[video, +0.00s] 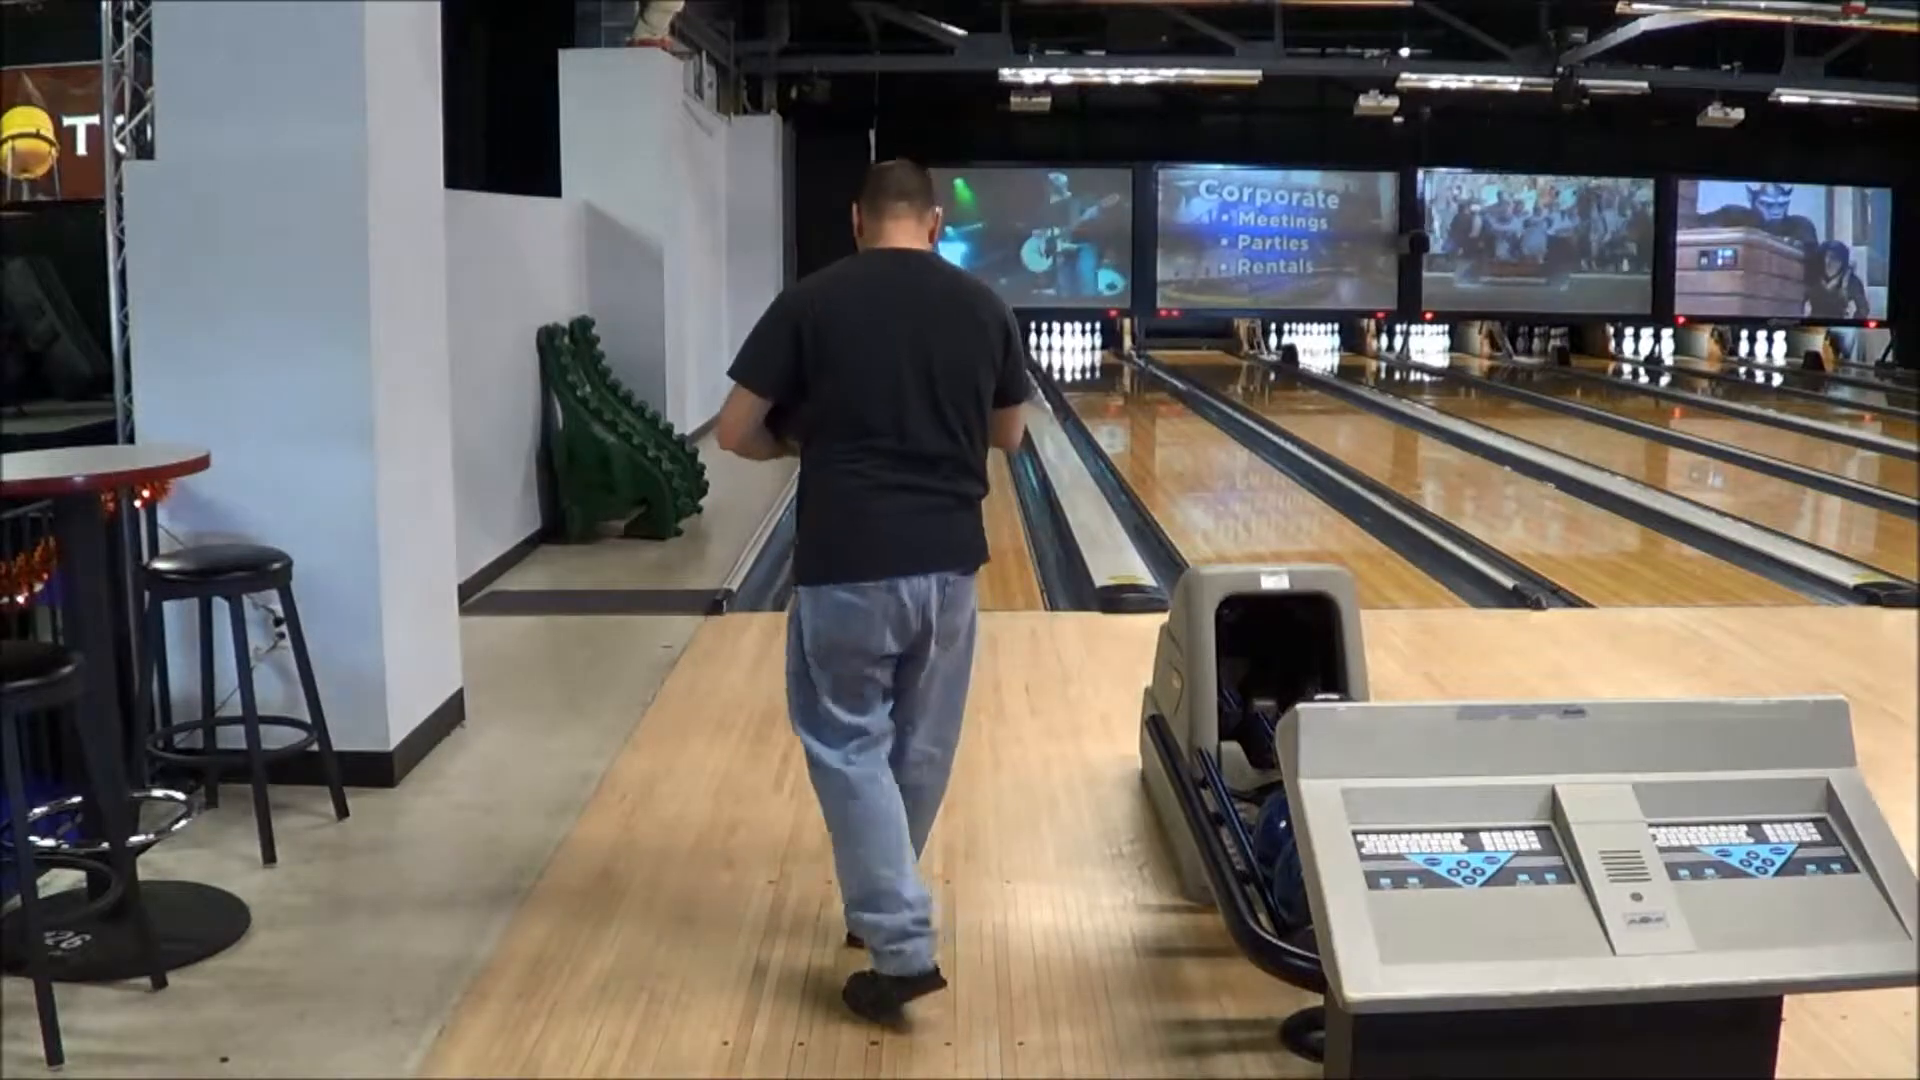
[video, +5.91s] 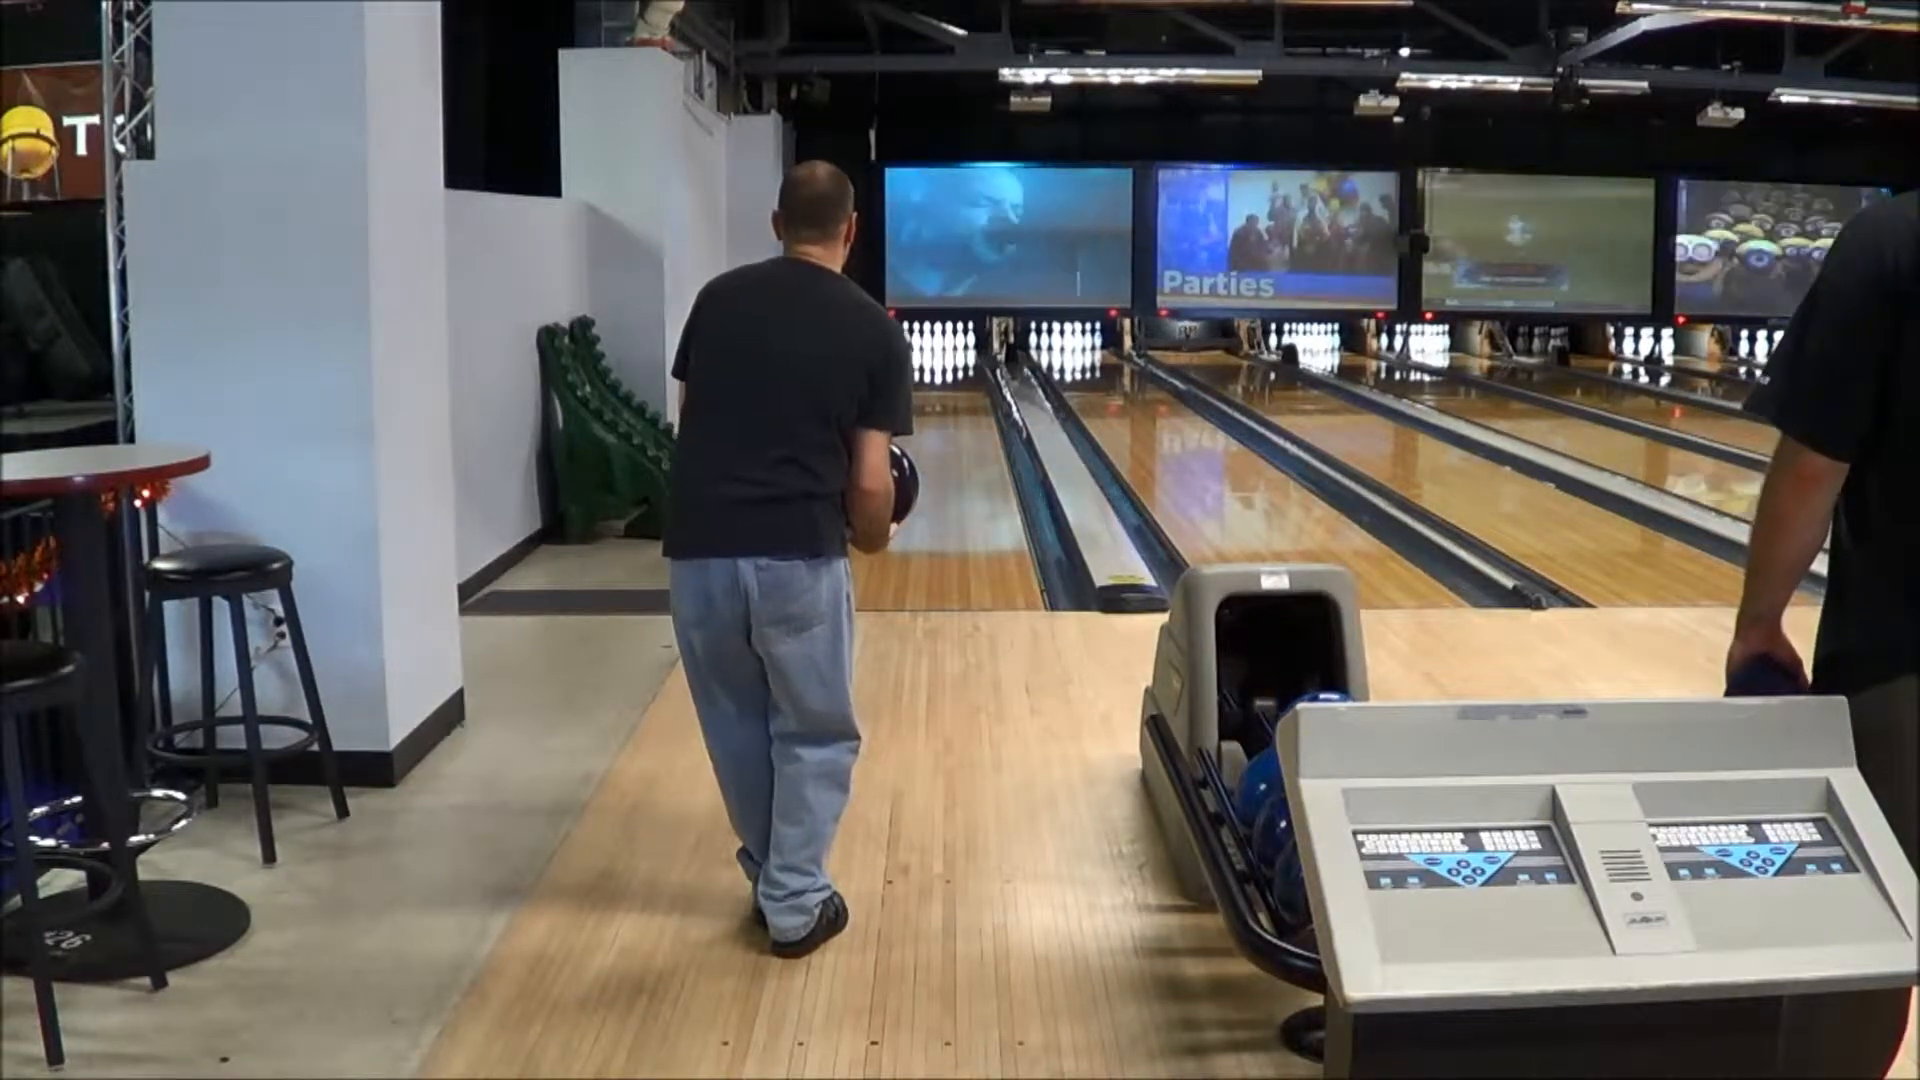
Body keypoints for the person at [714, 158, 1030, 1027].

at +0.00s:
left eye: (865, 219)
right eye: (922, 218)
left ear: (856, 220)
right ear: (936, 223)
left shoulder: (810, 299)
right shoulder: (982, 305)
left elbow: (739, 432)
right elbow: (1010, 430)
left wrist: (808, 434)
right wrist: (941, 424)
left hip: (846, 565)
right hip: (950, 562)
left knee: (848, 745)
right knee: (924, 746)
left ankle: (904, 951)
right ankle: (883, 901)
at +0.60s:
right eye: (930, 234)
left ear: (861, 229)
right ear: (932, 239)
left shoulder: (803, 287)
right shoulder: (968, 304)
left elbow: (726, 402)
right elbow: (999, 435)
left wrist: (787, 430)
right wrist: (928, 406)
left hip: (813, 541)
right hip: (919, 542)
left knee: (809, 712)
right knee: (900, 714)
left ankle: (800, 878)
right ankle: (872, 900)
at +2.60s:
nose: (855, 263)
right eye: (857, 252)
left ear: (782, 245)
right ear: (852, 250)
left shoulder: (718, 304)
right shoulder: (869, 321)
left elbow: (684, 435)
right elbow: (889, 474)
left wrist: (732, 461)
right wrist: (845, 487)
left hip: (712, 543)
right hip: (811, 543)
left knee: (738, 719)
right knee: (818, 726)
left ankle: (771, 873)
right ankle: (796, 906)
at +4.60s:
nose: (845, 237)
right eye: (850, 226)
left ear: (770, 228)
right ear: (847, 231)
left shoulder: (715, 303)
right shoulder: (867, 328)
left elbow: (686, 423)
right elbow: (872, 487)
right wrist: (887, 524)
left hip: (703, 557)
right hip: (804, 557)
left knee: (732, 724)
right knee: (818, 735)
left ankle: (769, 872)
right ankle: (793, 904)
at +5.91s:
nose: (854, 234)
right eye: (856, 223)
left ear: (775, 226)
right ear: (851, 228)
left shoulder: (718, 298)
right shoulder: (869, 327)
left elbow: (688, 421)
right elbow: (870, 484)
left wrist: (724, 487)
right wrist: (874, 536)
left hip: (698, 547)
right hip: (798, 549)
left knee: (734, 722)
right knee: (815, 731)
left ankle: (767, 867)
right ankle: (793, 904)